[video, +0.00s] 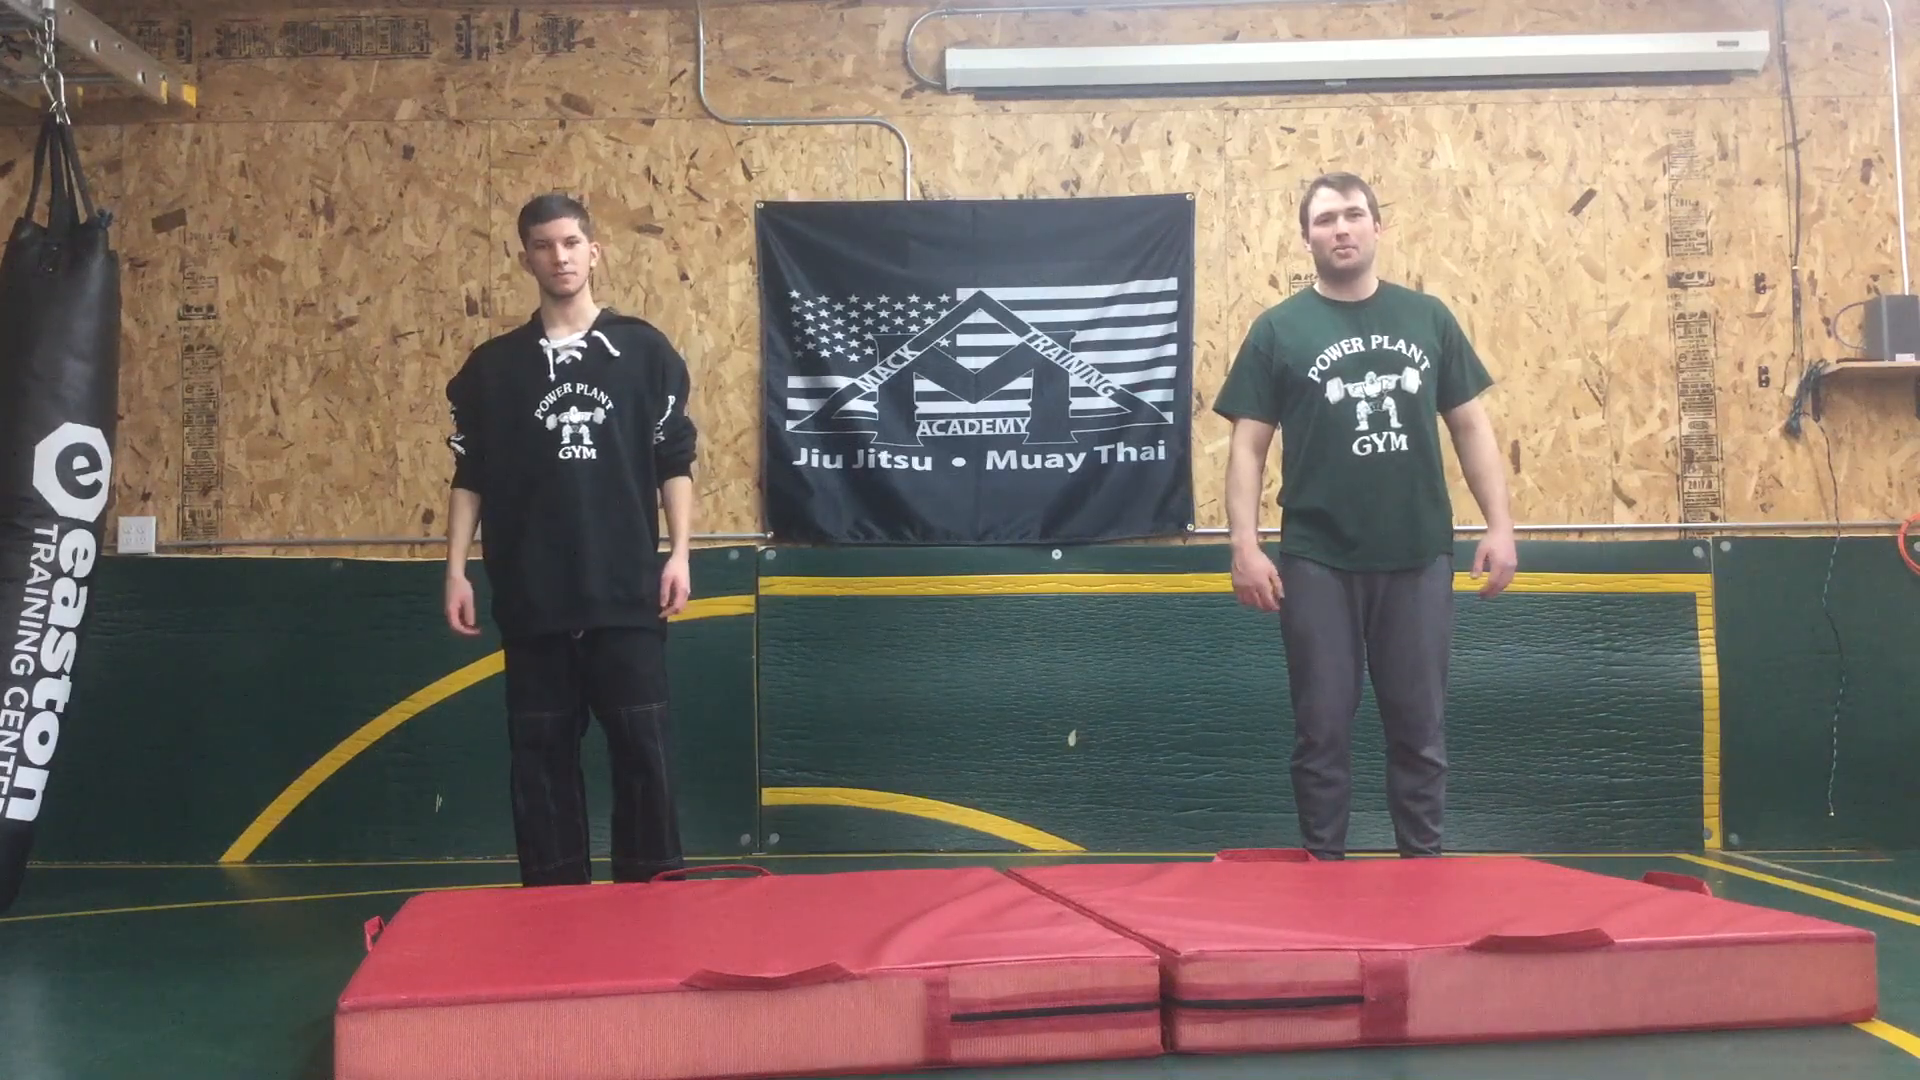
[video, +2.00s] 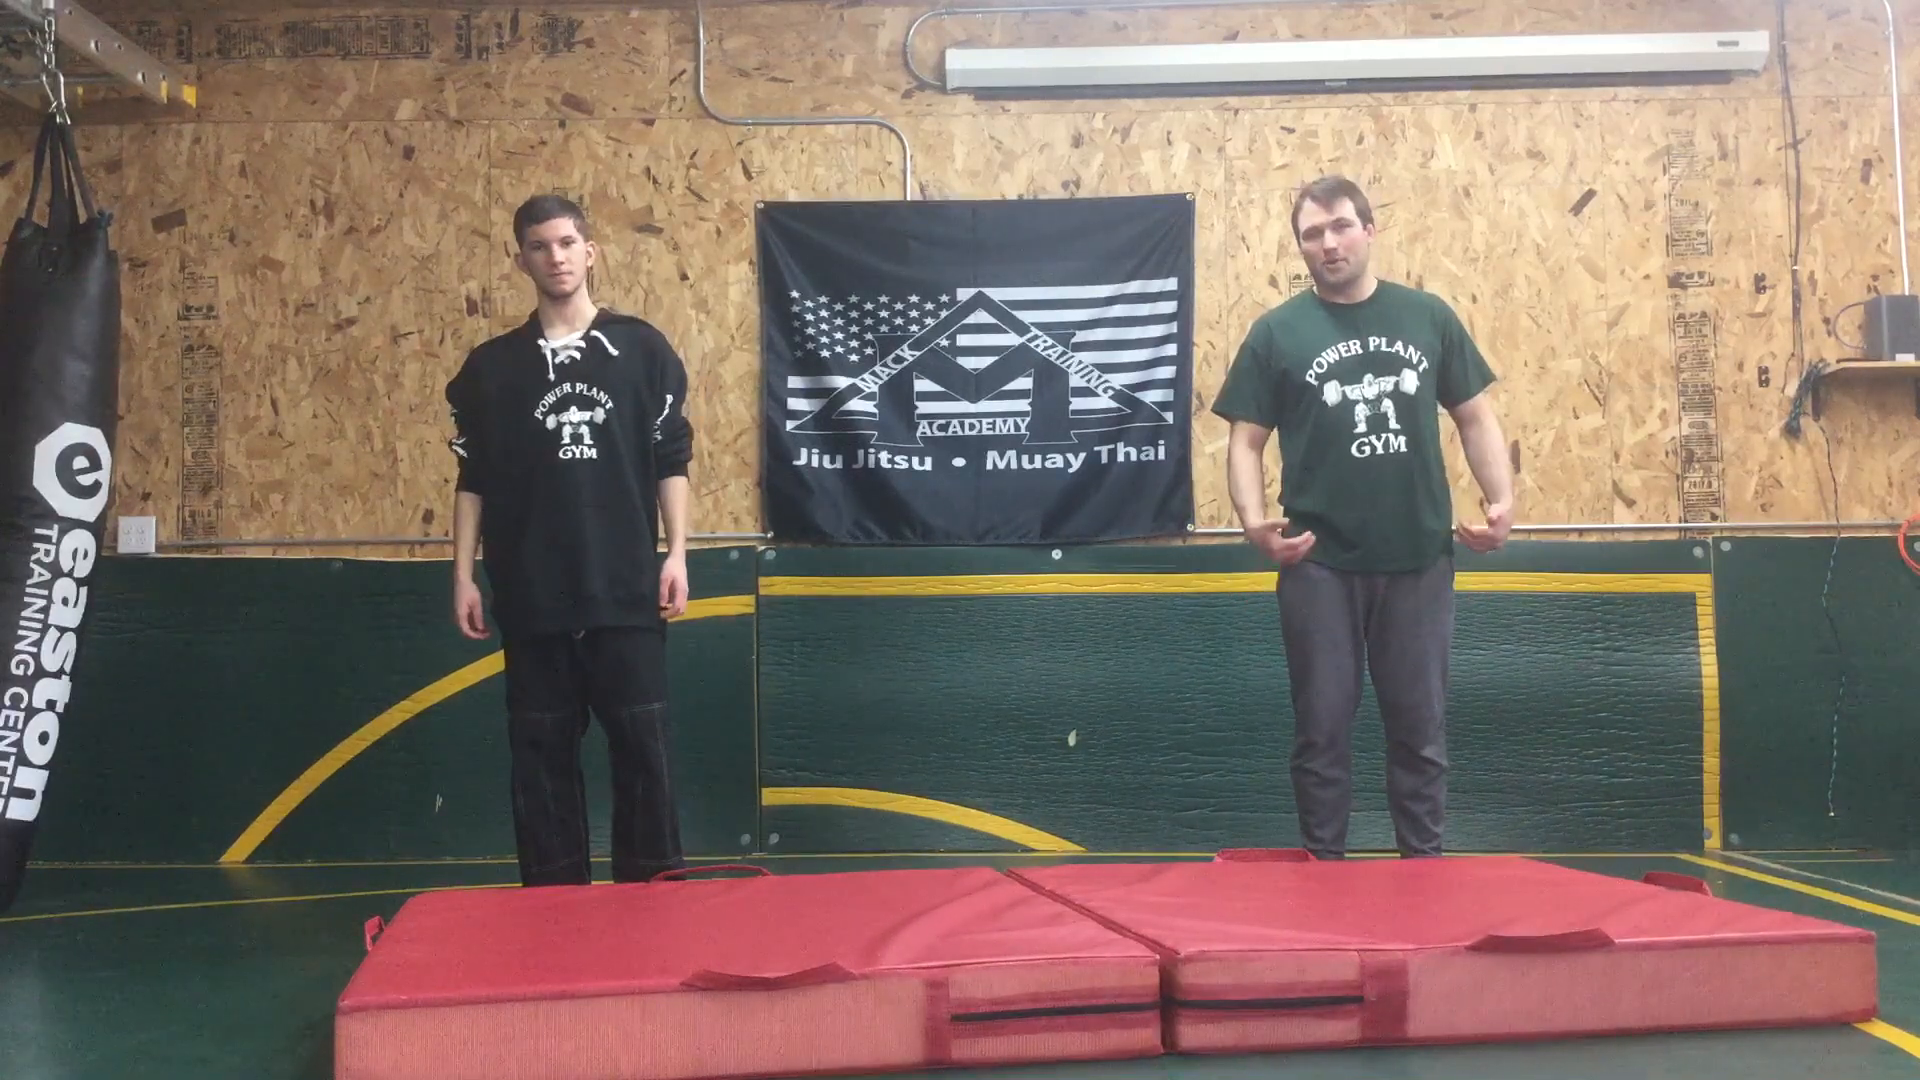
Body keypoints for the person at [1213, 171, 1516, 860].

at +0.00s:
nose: (1342, 228)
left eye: (1353, 215)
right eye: (1326, 220)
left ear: (1377, 228)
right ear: (1307, 239)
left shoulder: (1427, 317)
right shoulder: (1278, 330)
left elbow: (1469, 425)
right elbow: (1248, 445)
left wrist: (1500, 525)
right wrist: (1244, 546)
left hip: (1417, 554)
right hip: (1317, 557)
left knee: (1419, 726)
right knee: (1323, 725)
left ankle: (1423, 869)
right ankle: (1324, 872)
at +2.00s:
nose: (1328, 243)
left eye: (1340, 226)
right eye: (1312, 233)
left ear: (1370, 230)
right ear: (1299, 246)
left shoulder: (1428, 317)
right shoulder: (1276, 334)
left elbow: (1474, 416)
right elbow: (1246, 443)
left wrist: (1501, 500)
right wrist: (1255, 523)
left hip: (1418, 559)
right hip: (1318, 561)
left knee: (1419, 728)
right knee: (1322, 727)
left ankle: (1423, 869)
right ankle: (1323, 871)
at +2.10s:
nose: (1328, 244)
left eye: (1340, 227)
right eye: (1312, 234)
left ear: (1370, 230)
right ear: (1299, 247)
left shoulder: (1429, 317)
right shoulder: (1277, 334)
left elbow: (1473, 416)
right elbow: (1246, 444)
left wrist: (1500, 504)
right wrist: (1253, 530)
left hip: (1418, 556)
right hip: (1317, 559)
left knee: (1419, 726)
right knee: (1322, 725)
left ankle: (1424, 868)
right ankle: (1323, 870)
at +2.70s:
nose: (1335, 242)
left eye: (1347, 226)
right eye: (1320, 232)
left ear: (1375, 231)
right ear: (1304, 245)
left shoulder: (1428, 320)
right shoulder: (1278, 333)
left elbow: (1471, 427)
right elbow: (1248, 448)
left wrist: (1505, 526)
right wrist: (1243, 550)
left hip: (1416, 556)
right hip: (1317, 558)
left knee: (1419, 726)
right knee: (1322, 725)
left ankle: (1423, 868)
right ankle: (1322, 871)